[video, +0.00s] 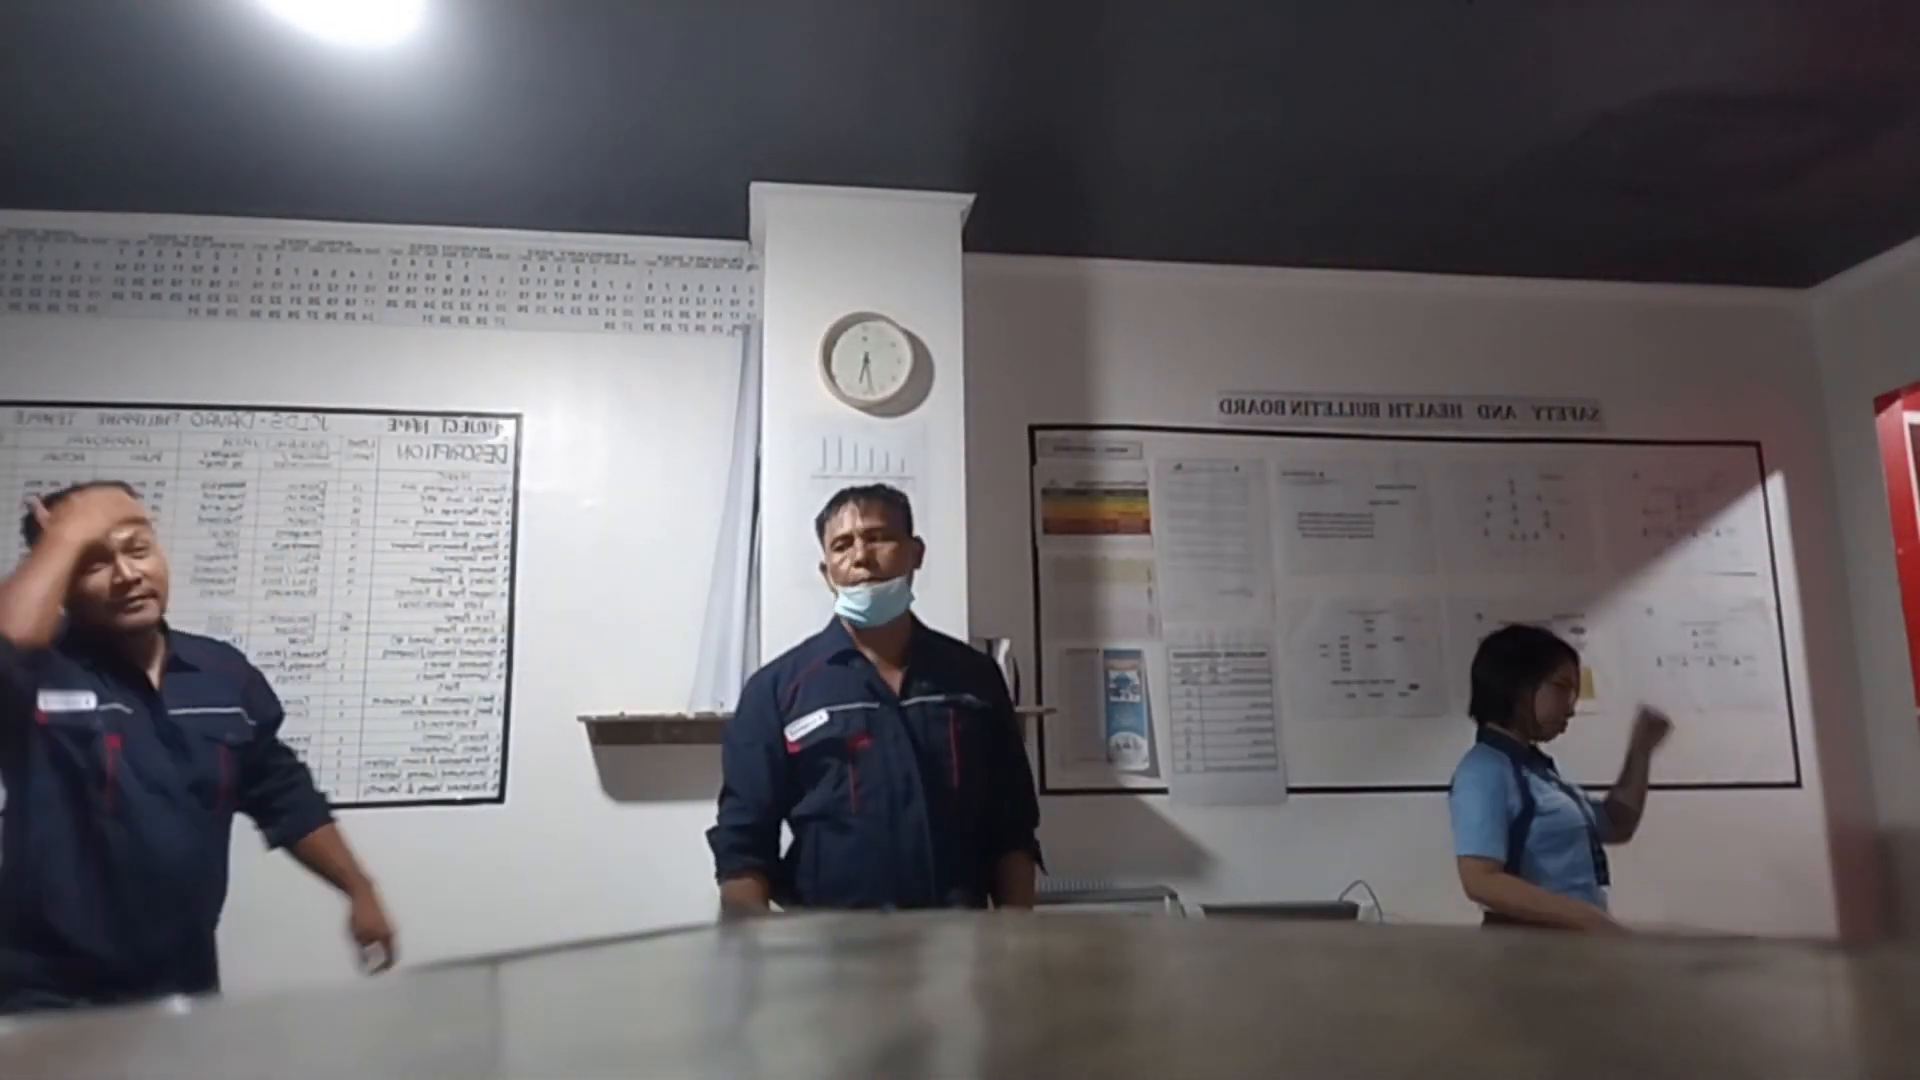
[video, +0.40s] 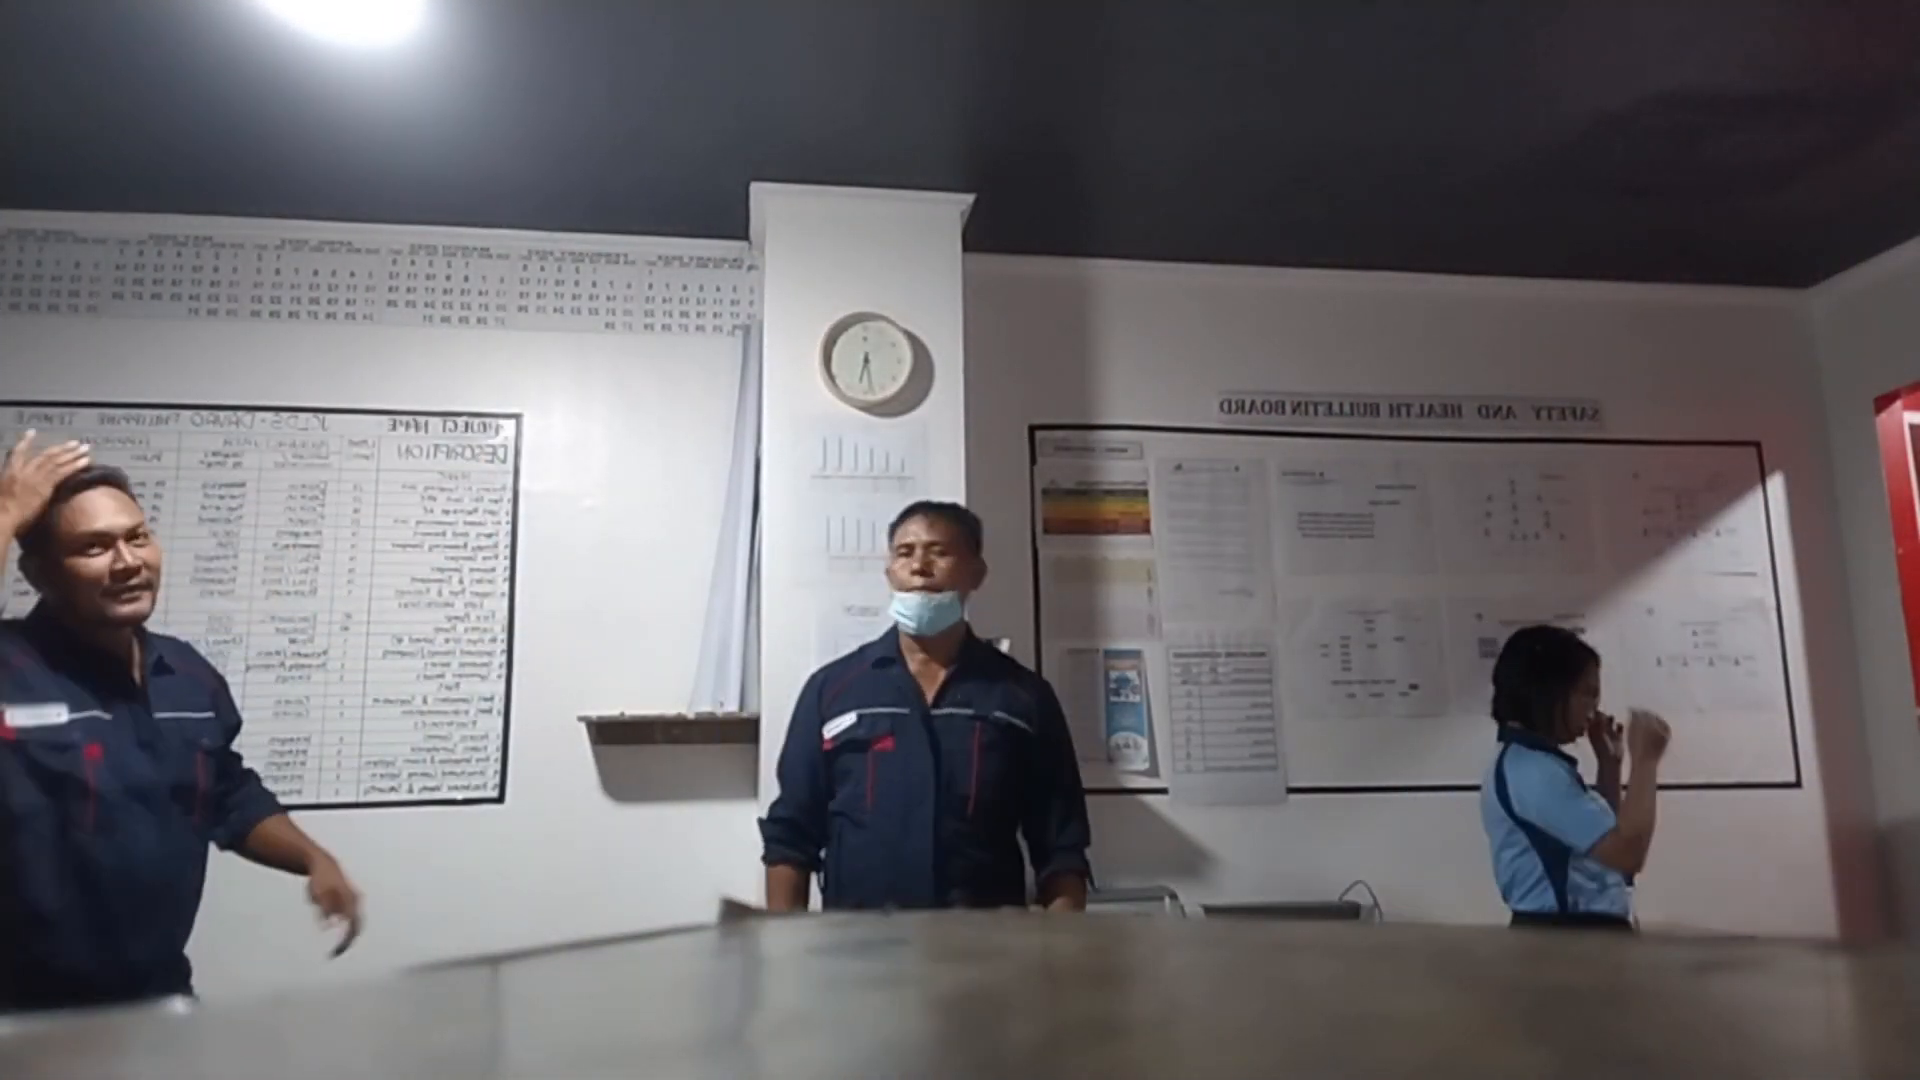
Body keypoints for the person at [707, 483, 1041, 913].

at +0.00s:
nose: (860, 555)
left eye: (878, 538)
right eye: (842, 545)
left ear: (915, 554)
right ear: (826, 571)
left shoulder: (975, 677)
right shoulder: (775, 692)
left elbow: (1013, 831)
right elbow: (741, 847)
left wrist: (1015, 950)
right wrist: (761, 959)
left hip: (959, 945)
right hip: (828, 951)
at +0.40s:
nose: (919, 565)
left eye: (939, 551)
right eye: (905, 553)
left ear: (976, 573)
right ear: (888, 570)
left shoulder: (1025, 698)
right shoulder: (830, 691)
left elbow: (1061, 849)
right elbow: (789, 835)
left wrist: (1058, 960)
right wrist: (784, 956)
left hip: (988, 951)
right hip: (859, 952)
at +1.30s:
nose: (900, 566)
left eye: (914, 556)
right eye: (881, 551)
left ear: (927, 582)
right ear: (846, 572)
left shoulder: (962, 699)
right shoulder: (770, 687)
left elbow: (992, 847)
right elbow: (724, 823)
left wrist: (1012, 952)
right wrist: (727, 939)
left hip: (929, 948)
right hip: (804, 946)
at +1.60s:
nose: (838, 561)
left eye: (850, 548)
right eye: (816, 549)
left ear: (863, 567)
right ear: (782, 576)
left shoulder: (913, 685)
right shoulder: (721, 698)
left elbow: (948, 831)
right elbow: (683, 851)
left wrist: (952, 943)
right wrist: (690, 972)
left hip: (897, 941)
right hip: (773, 943)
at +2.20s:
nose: (830, 564)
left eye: (841, 550)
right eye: (808, 555)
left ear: (860, 568)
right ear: (779, 586)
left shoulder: (924, 684)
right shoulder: (733, 706)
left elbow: (975, 810)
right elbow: (701, 863)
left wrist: (960, 917)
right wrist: (724, 977)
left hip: (910, 943)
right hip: (788, 949)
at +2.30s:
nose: (852, 562)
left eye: (864, 549)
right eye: (831, 553)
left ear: (884, 570)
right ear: (802, 583)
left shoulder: (943, 686)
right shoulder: (749, 702)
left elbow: (998, 809)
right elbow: (714, 858)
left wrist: (957, 843)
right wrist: (733, 977)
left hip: (924, 944)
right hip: (801, 948)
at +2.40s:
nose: (880, 564)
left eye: (892, 552)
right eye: (859, 552)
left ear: (909, 575)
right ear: (828, 579)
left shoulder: (959, 688)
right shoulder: (768, 698)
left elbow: (1010, 824)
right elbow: (730, 852)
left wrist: (943, 771)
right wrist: (744, 973)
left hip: (938, 940)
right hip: (814, 943)